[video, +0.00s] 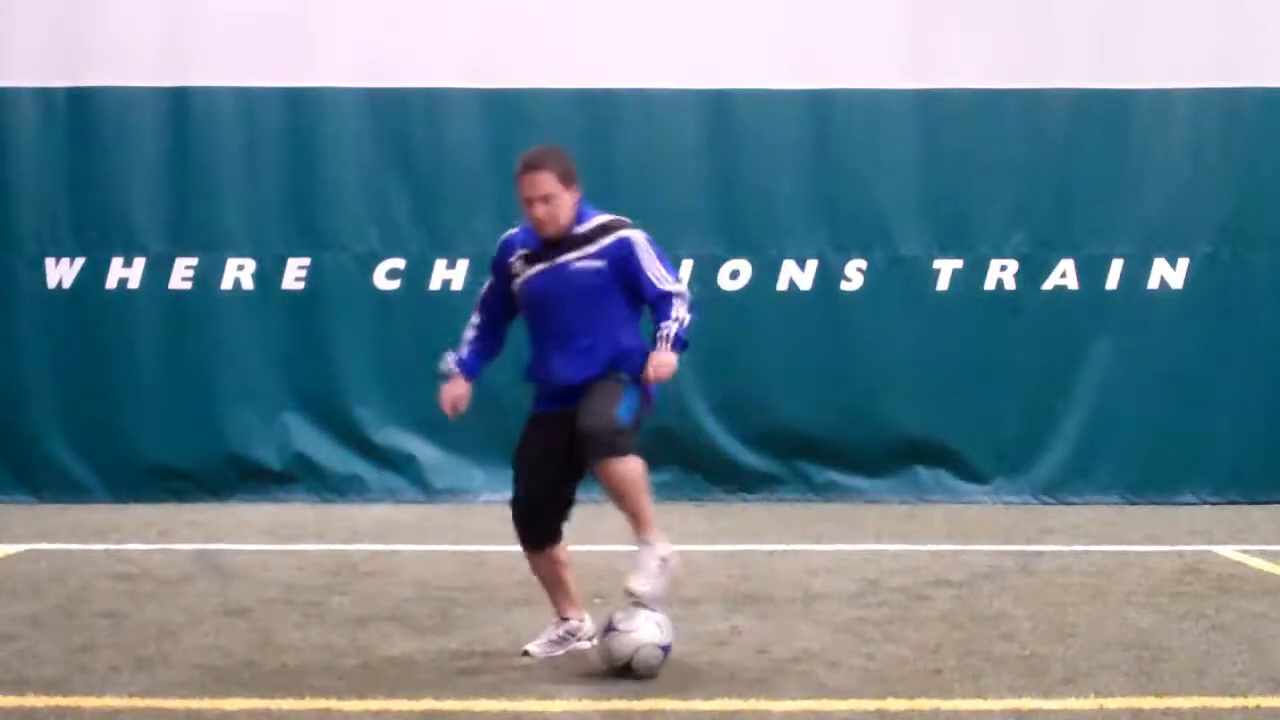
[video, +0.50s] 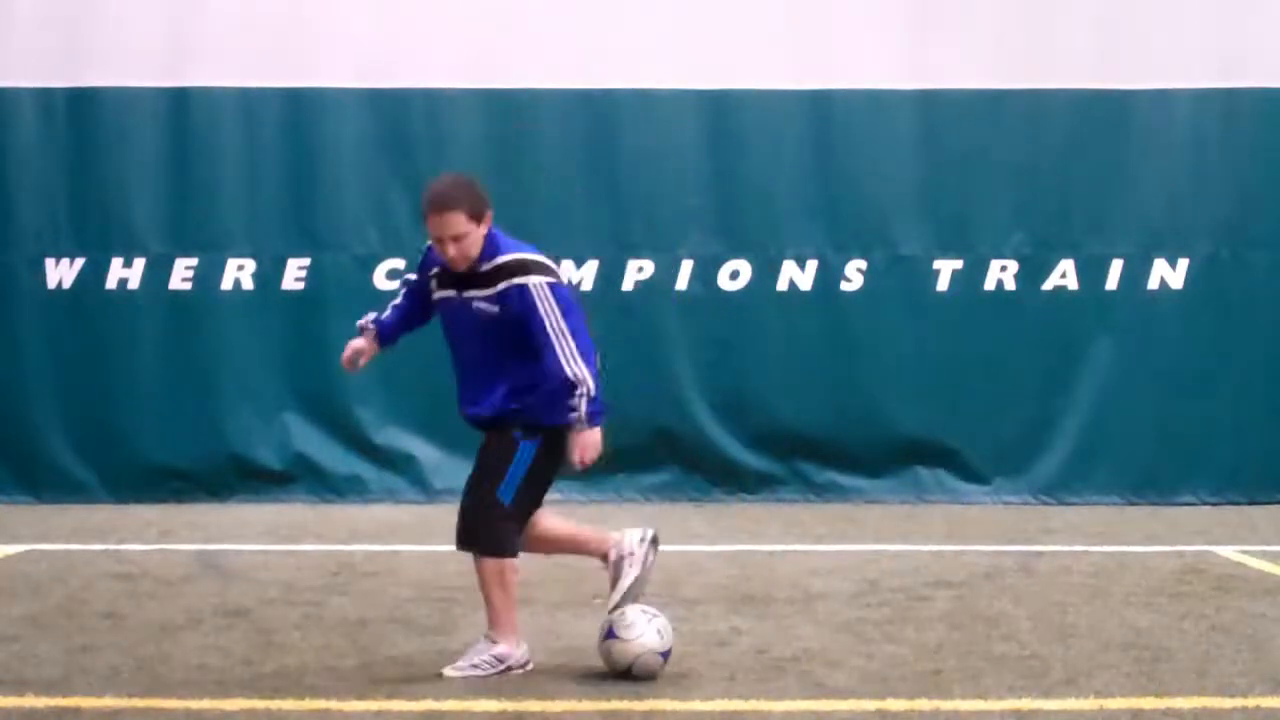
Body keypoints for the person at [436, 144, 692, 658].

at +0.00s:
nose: (537, 212)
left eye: (546, 199)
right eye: (528, 202)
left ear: (573, 193)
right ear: (520, 201)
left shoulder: (618, 236)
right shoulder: (515, 252)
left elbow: (673, 297)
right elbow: (490, 317)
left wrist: (667, 346)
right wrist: (462, 371)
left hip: (615, 377)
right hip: (555, 393)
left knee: (600, 432)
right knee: (531, 511)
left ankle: (654, 547)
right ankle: (572, 621)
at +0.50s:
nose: (448, 251)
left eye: (457, 238)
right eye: (439, 241)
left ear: (484, 224)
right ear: (429, 234)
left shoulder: (524, 269)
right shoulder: (437, 270)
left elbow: (568, 341)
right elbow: (411, 304)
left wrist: (586, 417)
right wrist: (375, 336)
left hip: (538, 417)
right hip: (501, 419)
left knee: (486, 520)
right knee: (497, 523)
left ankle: (506, 645)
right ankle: (616, 547)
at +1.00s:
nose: (535, 201)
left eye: (545, 189)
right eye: (526, 191)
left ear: (567, 184)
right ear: (512, 191)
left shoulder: (609, 230)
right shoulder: (496, 238)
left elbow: (657, 292)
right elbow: (465, 296)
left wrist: (678, 353)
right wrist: (440, 346)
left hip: (602, 395)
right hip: (527, 402)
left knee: (649, 481)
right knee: (497, 512)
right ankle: (490, 622)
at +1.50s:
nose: (729, 181)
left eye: (739, 169)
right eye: (717, 169)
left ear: (756, 163)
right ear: (699, 164)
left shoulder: (786, 197)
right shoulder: (673, 208)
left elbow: (814, 243)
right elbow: (616, 265)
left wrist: (803, 285)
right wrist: (593, 338)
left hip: (750, 357)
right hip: (685, 350)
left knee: (772, 479)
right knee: (732, 450)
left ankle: (697, 572)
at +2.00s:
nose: (763, 188)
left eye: (774, 176)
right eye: (752, 175)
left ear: (790, 171)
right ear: (734, 169)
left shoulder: (810, 212)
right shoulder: (701, 212)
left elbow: (837, 266)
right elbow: (638, 260)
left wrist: (846, 316)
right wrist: (616, 340)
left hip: (777, 377)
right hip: (709, 379)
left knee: (786, 494)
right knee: (743, 488)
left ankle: (752, 624)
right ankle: (770, 624)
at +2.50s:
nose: (600, 169)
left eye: (610, 157)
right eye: (590, 159)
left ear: (634, 154)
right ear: (578, 161)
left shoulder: (669, 201)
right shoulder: (555, 214)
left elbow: (715, 254)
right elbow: (523, 276)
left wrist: (709, 314)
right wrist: (504, 333)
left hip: (657, 366)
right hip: (586, 378)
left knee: (676, 444)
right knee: (568, 503)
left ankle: (672, 562)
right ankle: (578, 618)